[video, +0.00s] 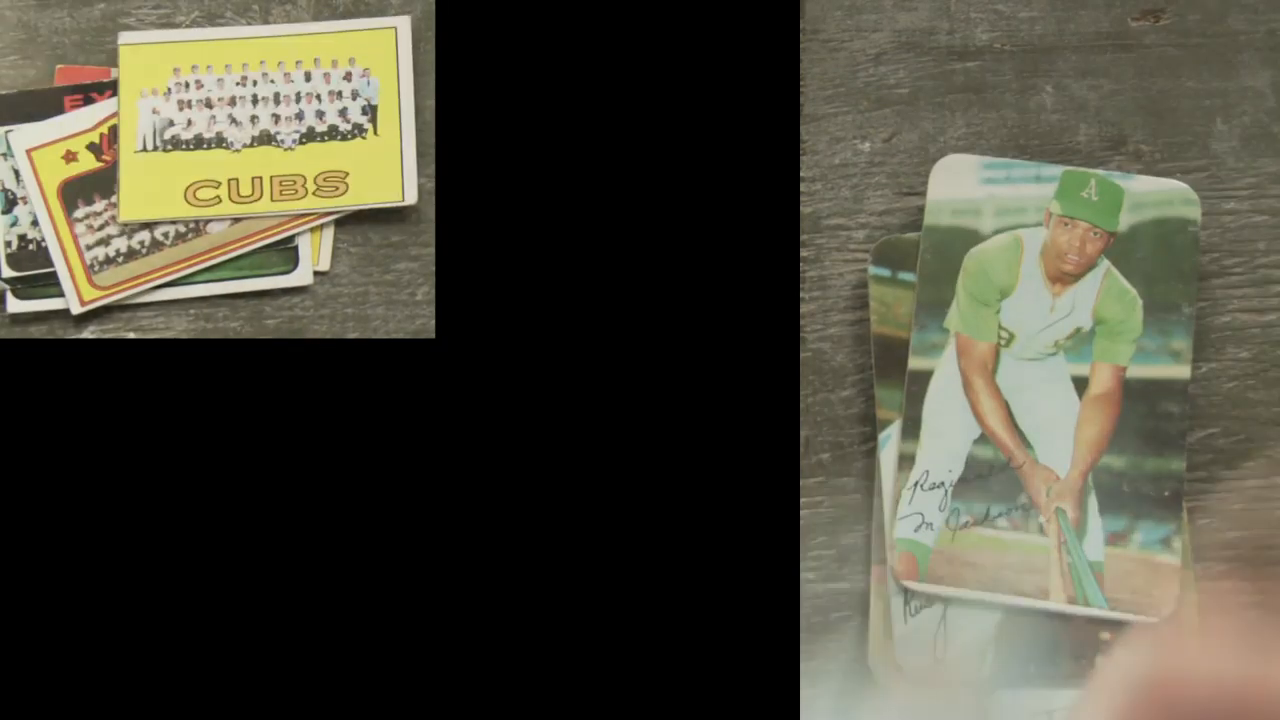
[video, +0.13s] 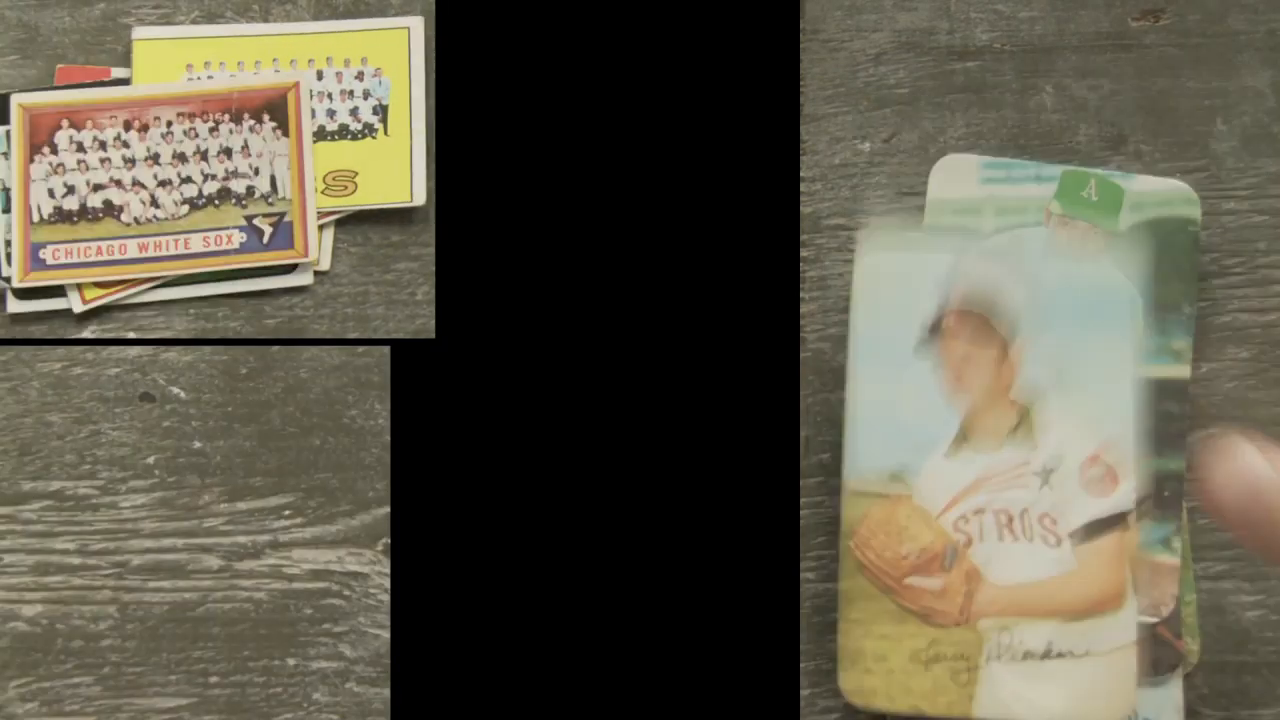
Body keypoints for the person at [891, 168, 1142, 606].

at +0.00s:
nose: (1076, 245)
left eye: (1094, 234)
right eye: (1067, 225)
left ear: (1108, 241)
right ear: (1049, 220)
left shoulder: (1120, 302)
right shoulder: (989, 263)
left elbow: (1105, 394)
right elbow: (977, 373)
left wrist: (1075, 480)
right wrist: (1025, 465)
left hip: (1043, 368)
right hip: (974, 358)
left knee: (1076, 485)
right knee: (938, 464)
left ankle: (1084, 617)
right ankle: (899, 596)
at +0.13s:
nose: (955, 364)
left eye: (973, 345)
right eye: (946, 347)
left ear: (1011, 358)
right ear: (937, 357)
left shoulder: (1076, 442)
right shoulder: (937, 472)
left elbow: (1106, 585)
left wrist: (983, 601)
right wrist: (897, 568)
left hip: (1087, 675)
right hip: (994, 680)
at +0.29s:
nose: (953, 372)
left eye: (969, 357)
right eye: (942, 363)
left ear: (1007, 367)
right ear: (936, 375)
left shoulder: (1075, 445)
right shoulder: (936, 471)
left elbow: (1105, 584)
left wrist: (991, 596)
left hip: (1087, 680)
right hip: (986, 682)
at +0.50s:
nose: (962, 332)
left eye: (974, 315)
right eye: (949, 326)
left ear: (1013, 317)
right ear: (947, 341)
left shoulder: (1093, 384)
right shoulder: (964, 432)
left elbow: (1149, 512)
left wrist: (1046, 545)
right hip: (1017, 651)